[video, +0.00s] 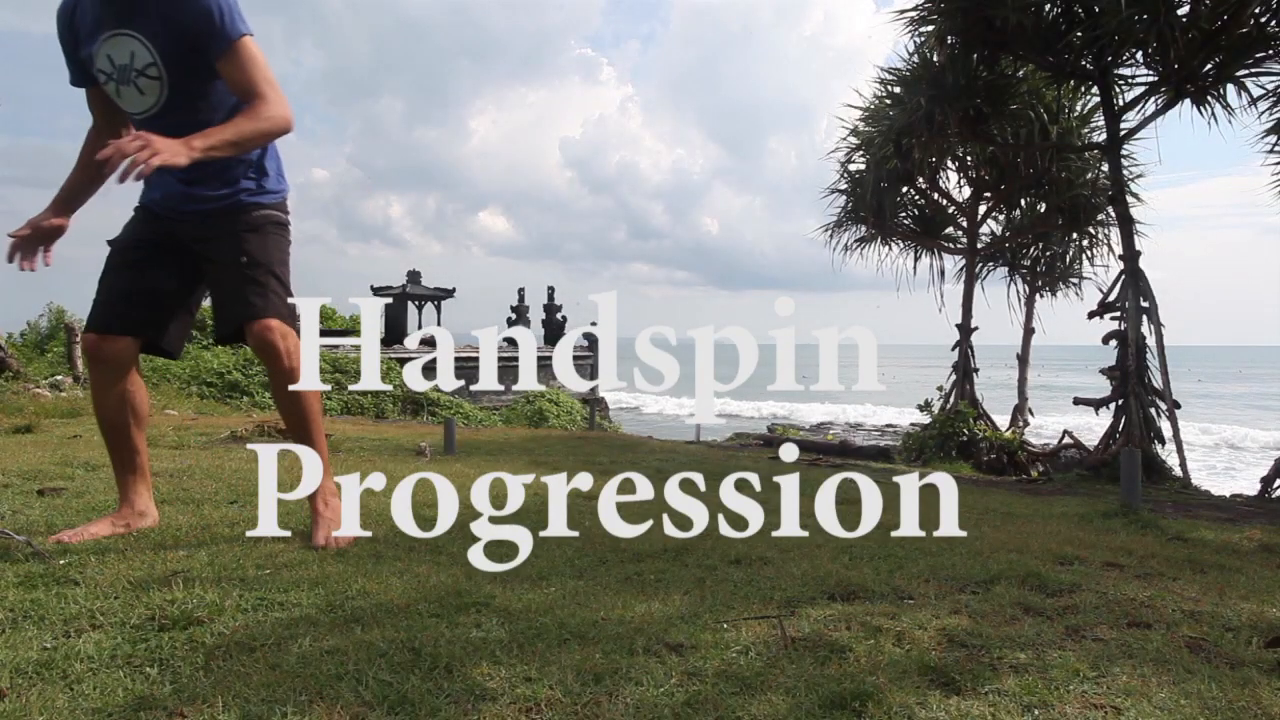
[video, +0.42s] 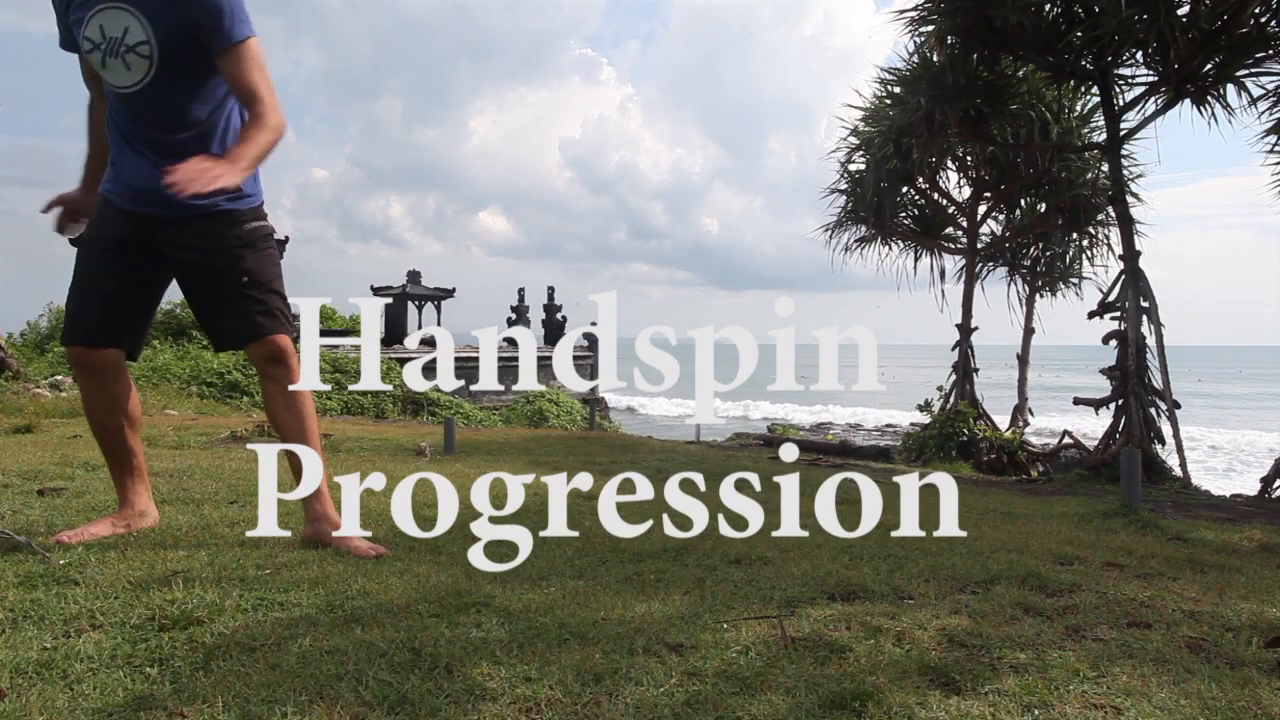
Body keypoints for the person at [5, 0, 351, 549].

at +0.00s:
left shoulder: (200, 6)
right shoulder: (77, 13)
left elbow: (275, 112)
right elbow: (110, 127)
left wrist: (190, 146)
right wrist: (60, 211)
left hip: (245, 196)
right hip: (165, 201)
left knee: (269, 333)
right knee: (107, 346)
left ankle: (325, 493)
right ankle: (137, 507)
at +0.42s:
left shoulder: (207, 6)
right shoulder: (74, 5)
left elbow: (270, 114)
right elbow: (101, 95)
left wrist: (232, 165)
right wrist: (90, 188)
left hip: (223, 206)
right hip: (127, 206)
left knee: (276, 348)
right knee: (91, 349)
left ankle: (322, 516)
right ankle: (136, 506)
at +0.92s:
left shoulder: (355, 18)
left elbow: (360, 123)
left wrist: (437, 166)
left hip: (292, 191)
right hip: (203, 170)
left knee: (338, 349)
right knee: (168, 344)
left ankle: (295, 522)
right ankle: (74, 451)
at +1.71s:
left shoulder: (421, 8)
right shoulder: (561, 15)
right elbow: (647, 107)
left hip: (400, 111)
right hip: (504, 123)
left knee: (388, 333)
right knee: (547, 355)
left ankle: (365, 528)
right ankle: (587, 558)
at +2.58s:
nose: (594, 400)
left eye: (585, 401)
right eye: (577, 416)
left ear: (580, 365)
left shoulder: (620, 294)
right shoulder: (533, 341)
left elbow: (738, 291)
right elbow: (578, 423)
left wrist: (830, 334)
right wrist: (574, 523)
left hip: (571, 78)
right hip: (528, 95)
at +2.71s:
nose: (590, 427)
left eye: (601, 418)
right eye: (583, 419)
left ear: (626, 366)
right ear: (563, 374)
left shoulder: (658, 296)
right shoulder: (539, 331)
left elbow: (727, 327)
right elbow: (565, 420)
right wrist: (569, 523)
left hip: (596, 81)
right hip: (516, 95)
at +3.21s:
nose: (656, 399)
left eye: (666, 402)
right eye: (669, 397)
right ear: (684, 369)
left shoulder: (612, 311)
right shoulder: (672, 317)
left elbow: (604, 399)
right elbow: (600, 388)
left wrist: (615, 489)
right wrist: (548, 487)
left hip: (577, 148)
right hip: (626, 138)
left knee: (433, 94)